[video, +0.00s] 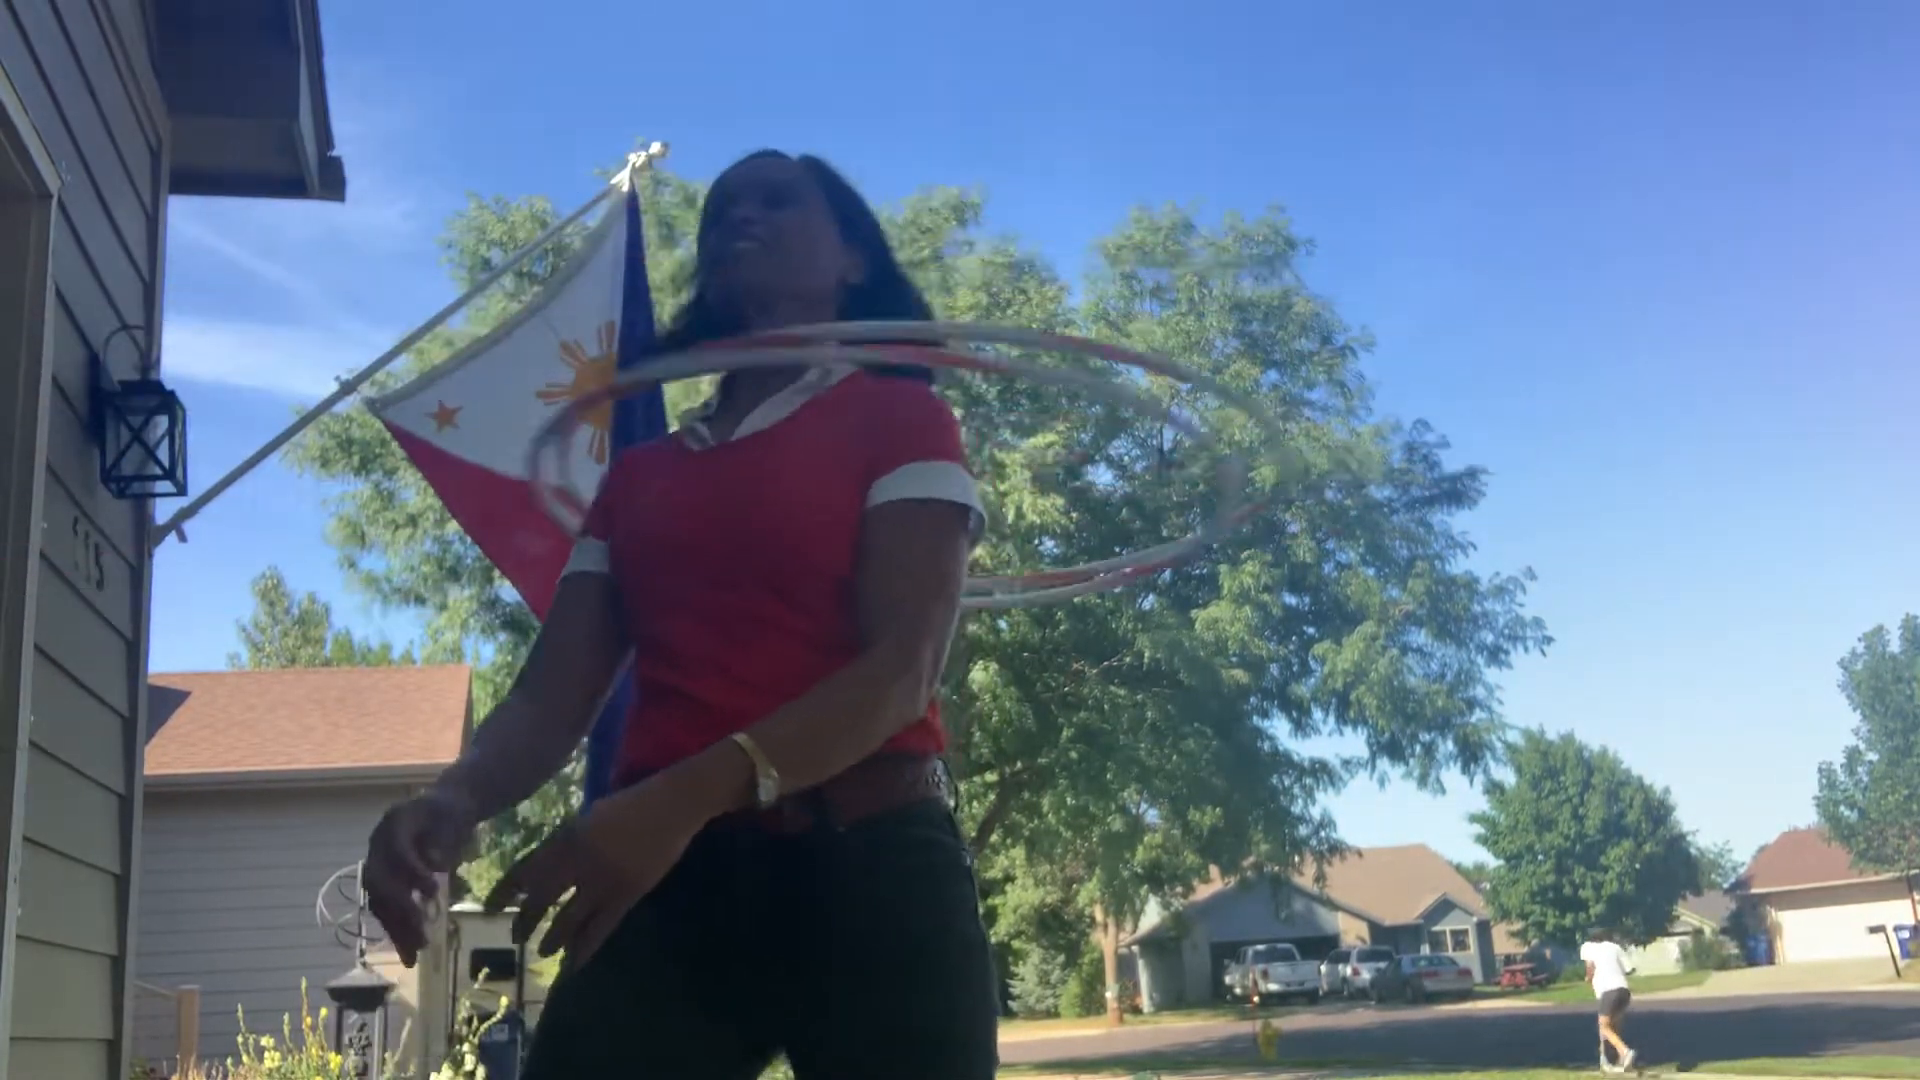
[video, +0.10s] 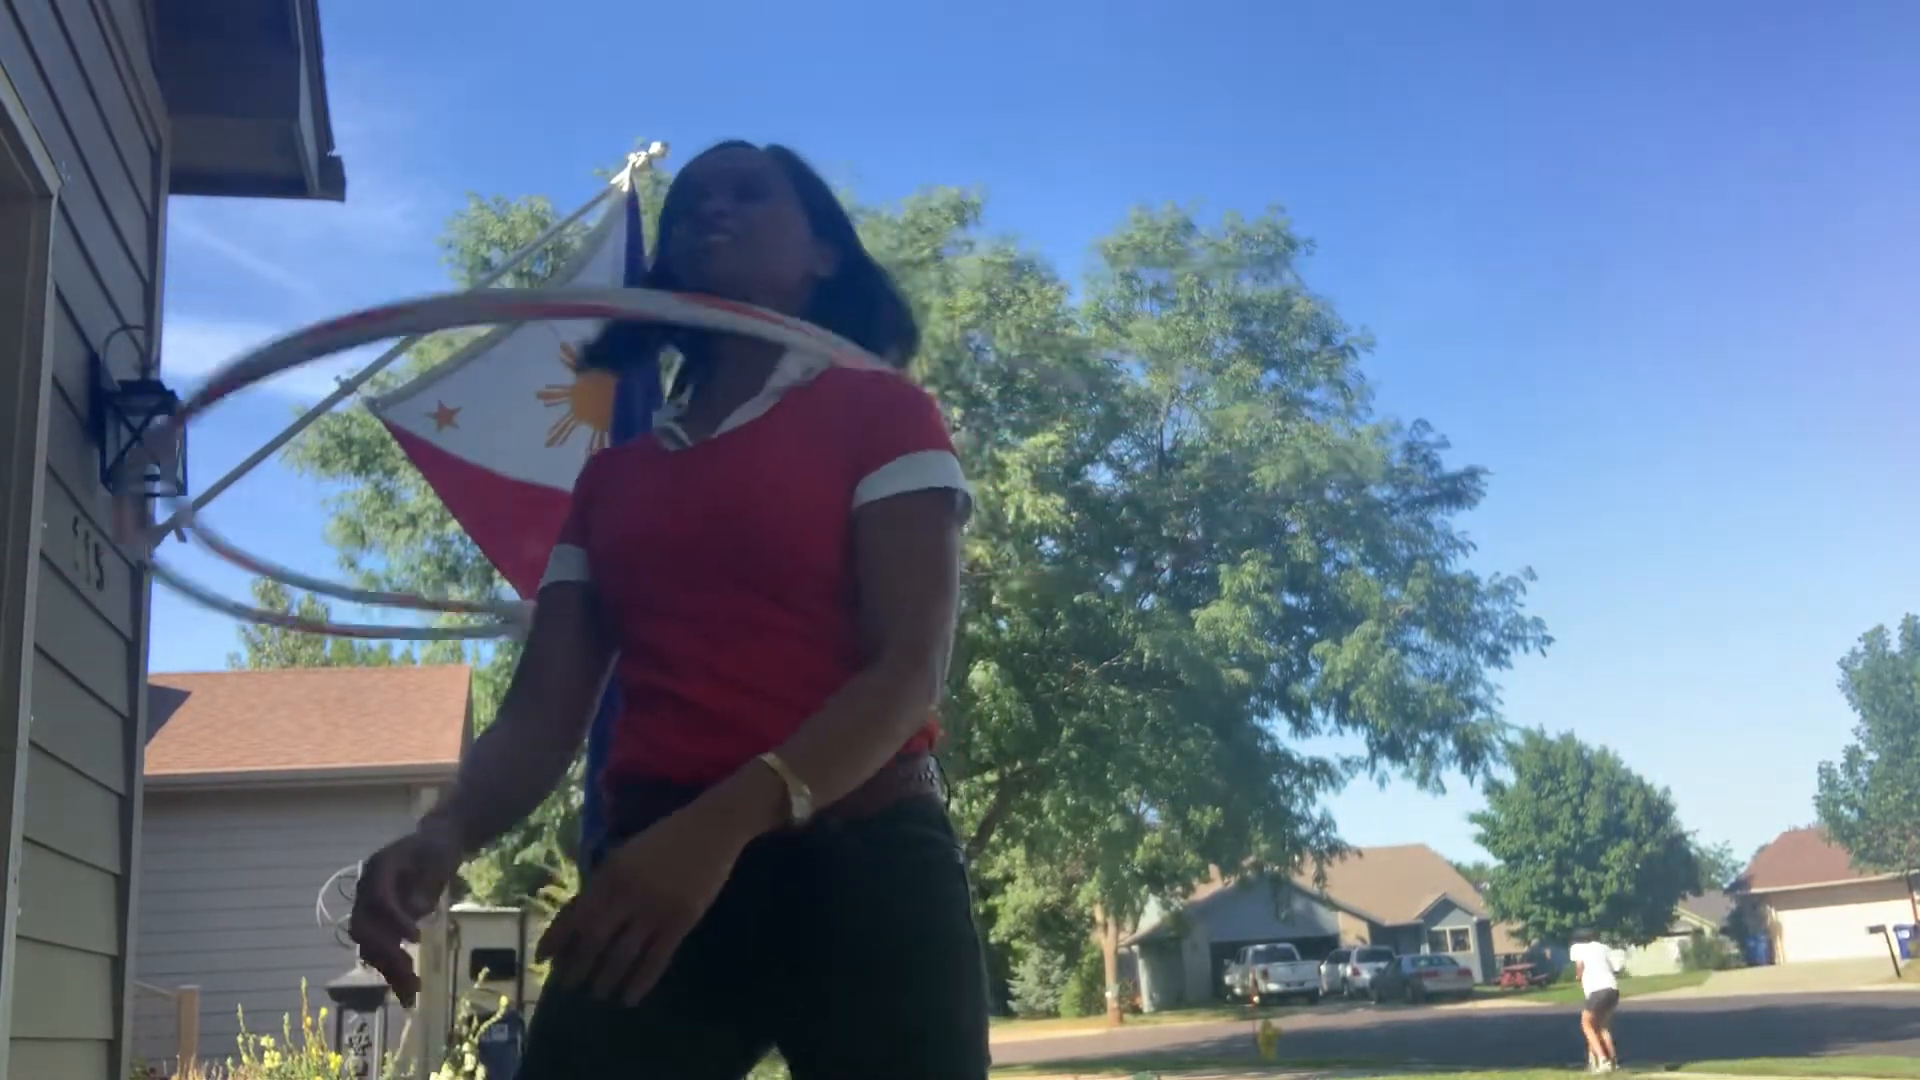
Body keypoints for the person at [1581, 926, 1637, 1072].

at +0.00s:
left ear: (1591, 937)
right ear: (1606, 937)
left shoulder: (1588, 946)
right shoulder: (1615, 946)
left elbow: (1590, 965)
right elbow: (1627, 968)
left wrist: (1589, 978)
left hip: (1608, 988)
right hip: (1624, 987)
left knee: (1604, 1026)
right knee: (1614, 1026)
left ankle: (1625, 1052)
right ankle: (1619, 1062)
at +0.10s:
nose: (1573, 944)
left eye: (1574, 942)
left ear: (1577, 939)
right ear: (1591, 937)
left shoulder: (1577, 947)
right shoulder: (1602, 947)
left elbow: (1580, 963)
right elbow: (1614, 967)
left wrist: (1578, 976)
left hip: (1597, 988)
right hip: (1613, 987)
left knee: (1587, 1023)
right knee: (1602, 1025)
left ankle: (1602, 1060)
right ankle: (1612, 1060)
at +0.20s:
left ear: (1569, 940)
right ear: (1583, 938)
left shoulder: (1566, 948)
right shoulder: (1593, 947)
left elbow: (1569, 962)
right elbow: (1606, 965)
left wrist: (1570, 974)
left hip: (1585, 988)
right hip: (1602, 988)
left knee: (1577, 1025)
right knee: (1594, 1024)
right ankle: (1600, 1060)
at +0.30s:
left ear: (1557, 944)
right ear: (1571, 941)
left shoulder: (1555, 951)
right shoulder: (1582, 948)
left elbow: (1558, 967)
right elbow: (1596, 966)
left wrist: (1562, 981)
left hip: (1574, 989)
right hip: (1591, 989)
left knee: (1566, 1026)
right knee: (1583, 1026)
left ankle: (1565, 1063)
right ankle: (1587, 1060)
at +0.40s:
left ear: (1550, 946)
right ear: (1563, 945)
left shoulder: (1548, 955)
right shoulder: (1572, 952)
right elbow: (1585, 969)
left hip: (1563, 993)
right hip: (1579, 993)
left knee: (1560, 1030)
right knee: (1573, 1030)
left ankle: (1564, 1063)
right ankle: (1578, 1061)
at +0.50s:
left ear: (1543, 947)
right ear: (1555, 945)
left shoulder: (1545, 957)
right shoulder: (1565, 956)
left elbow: (1531, 960)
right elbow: (1573, 971)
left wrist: (1531, 949)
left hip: (1552, 995)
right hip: (1567, 994)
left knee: (1553, 1032)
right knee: (1555, 1030)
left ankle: (1565, 1064)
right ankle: (1557, 1060)